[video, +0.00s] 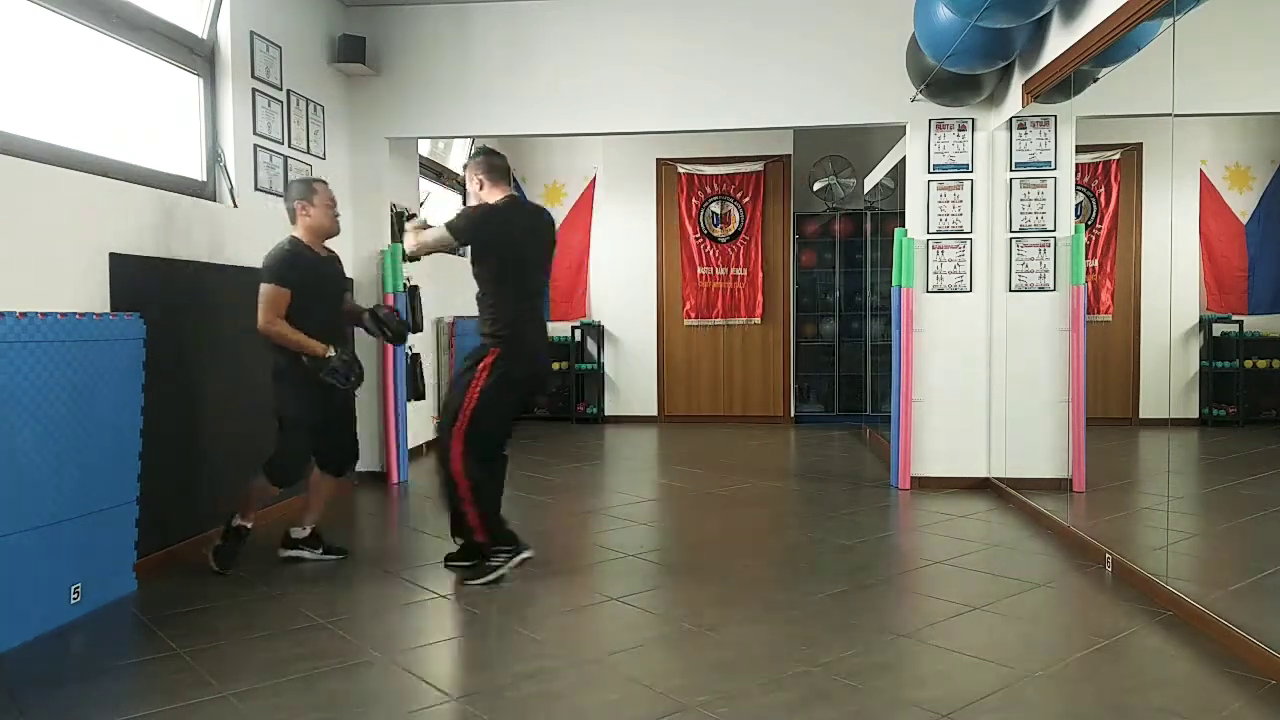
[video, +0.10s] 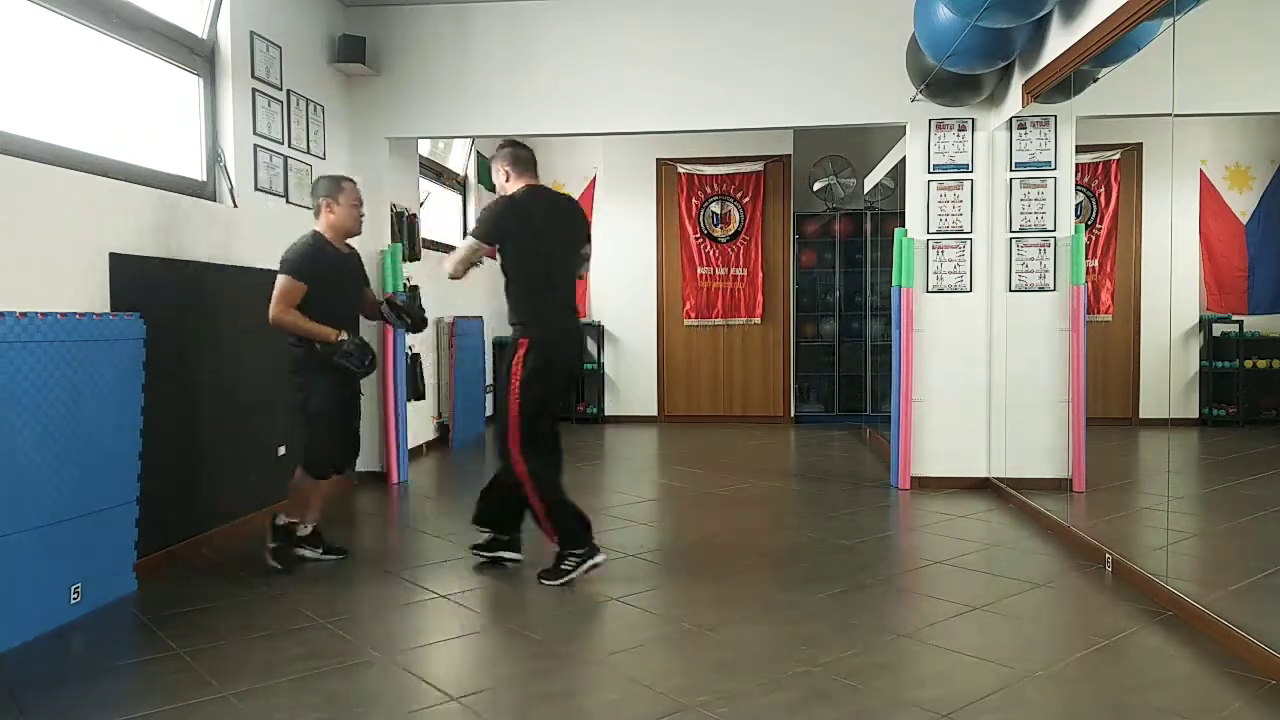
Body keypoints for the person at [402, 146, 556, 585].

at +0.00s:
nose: (467, 192)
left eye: (467, 184)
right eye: (467, 185)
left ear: (479, 180)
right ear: (509, 178)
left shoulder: (479, 218)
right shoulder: (543, 218)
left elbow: (415, 245)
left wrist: (416, 229)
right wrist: (446, 233)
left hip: (501, 351)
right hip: (533, 350)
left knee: (455, 441)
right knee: (488, 444)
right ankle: (478, 543)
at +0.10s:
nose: (495, 184)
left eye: (495, 177)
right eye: (496, 178)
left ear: (505, 173)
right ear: (535, 170)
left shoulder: (503, 209)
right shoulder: (571, 206)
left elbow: (454, 267)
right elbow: (582, 266)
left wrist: (470, 255)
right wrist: (534, 257)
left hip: (532, 340)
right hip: (568, 337)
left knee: (520, 443)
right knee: (531, 436)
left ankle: (576, 544)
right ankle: (503, 533)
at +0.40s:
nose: (584, 205)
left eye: (584, 195)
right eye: (582, 196)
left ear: (597, 186)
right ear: (613, 184)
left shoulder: (631, 216)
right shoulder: (643, 220)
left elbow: (650, 271)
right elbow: (629, 288)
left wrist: (605, 304)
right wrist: (602, 254)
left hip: (645, 354)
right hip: (675, 352)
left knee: (604, 452)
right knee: (689, 452)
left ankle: (592, 559)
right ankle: (753, 541)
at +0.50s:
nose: (618, 212)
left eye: (617, 202)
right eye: (614, 203)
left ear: (632, 192)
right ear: (640, 192)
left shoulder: (672, 219)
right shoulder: (663, 233)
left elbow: (699, 266)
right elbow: (662, 298)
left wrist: (641, 299)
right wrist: (633, 265)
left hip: (692, 356)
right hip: (718, 355)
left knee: (639, 447)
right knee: (733, 457)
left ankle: (638, 558)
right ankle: (777, 553)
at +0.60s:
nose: (649, 213)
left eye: (648, 204)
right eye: (645, 206)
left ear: (666, 195)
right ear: (671, 195)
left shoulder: (704, 226)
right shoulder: (696, 231)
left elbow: (720, 279)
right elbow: (709, 288)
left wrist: (658, 295)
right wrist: (670, 276)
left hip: (732, 358)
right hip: (746, 357)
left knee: (691, 453)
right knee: (752, 455)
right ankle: (781, 555)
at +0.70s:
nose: (677, 210)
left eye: (677, 199)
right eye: (673, 201)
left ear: (697, 188)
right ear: (699, 190)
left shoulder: (736, 220)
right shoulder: (720, 227)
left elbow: (723, 283)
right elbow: (725, 281)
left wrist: (674, 270)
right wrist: (689, 264)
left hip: (762, 354)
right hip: (743, 356)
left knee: (766, 459)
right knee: (744, 458)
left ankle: (842, 549)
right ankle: (776, 555)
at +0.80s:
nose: (704, 200)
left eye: (705, 190)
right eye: (701, 193)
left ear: (726, 179)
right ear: (729, 180)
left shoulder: (759, 210)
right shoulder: (744, 218)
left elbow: (715, 272)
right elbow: (718, 269)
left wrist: (690, 236)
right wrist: (702, 237)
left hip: (793, 353)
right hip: (766, 356)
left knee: (819, 454)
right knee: (761, 454)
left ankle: (897, 547)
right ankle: (777, 554)